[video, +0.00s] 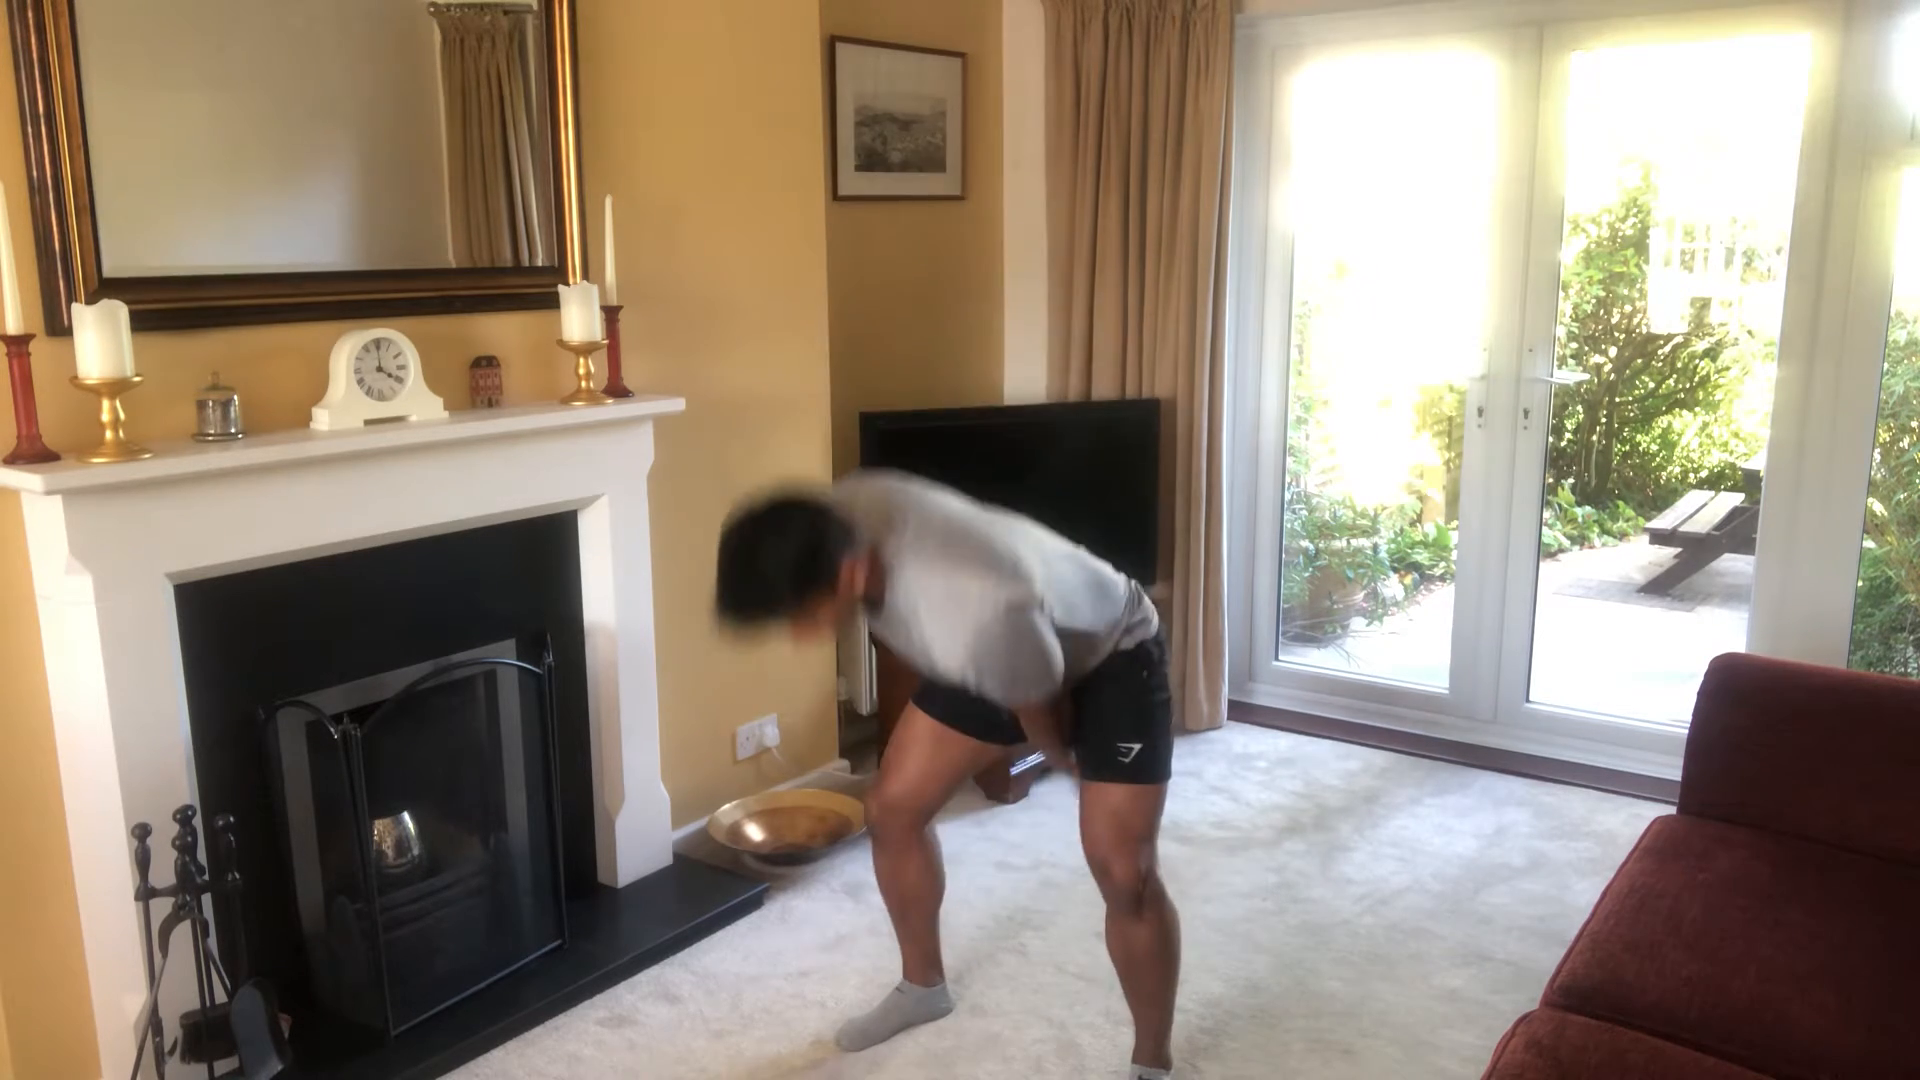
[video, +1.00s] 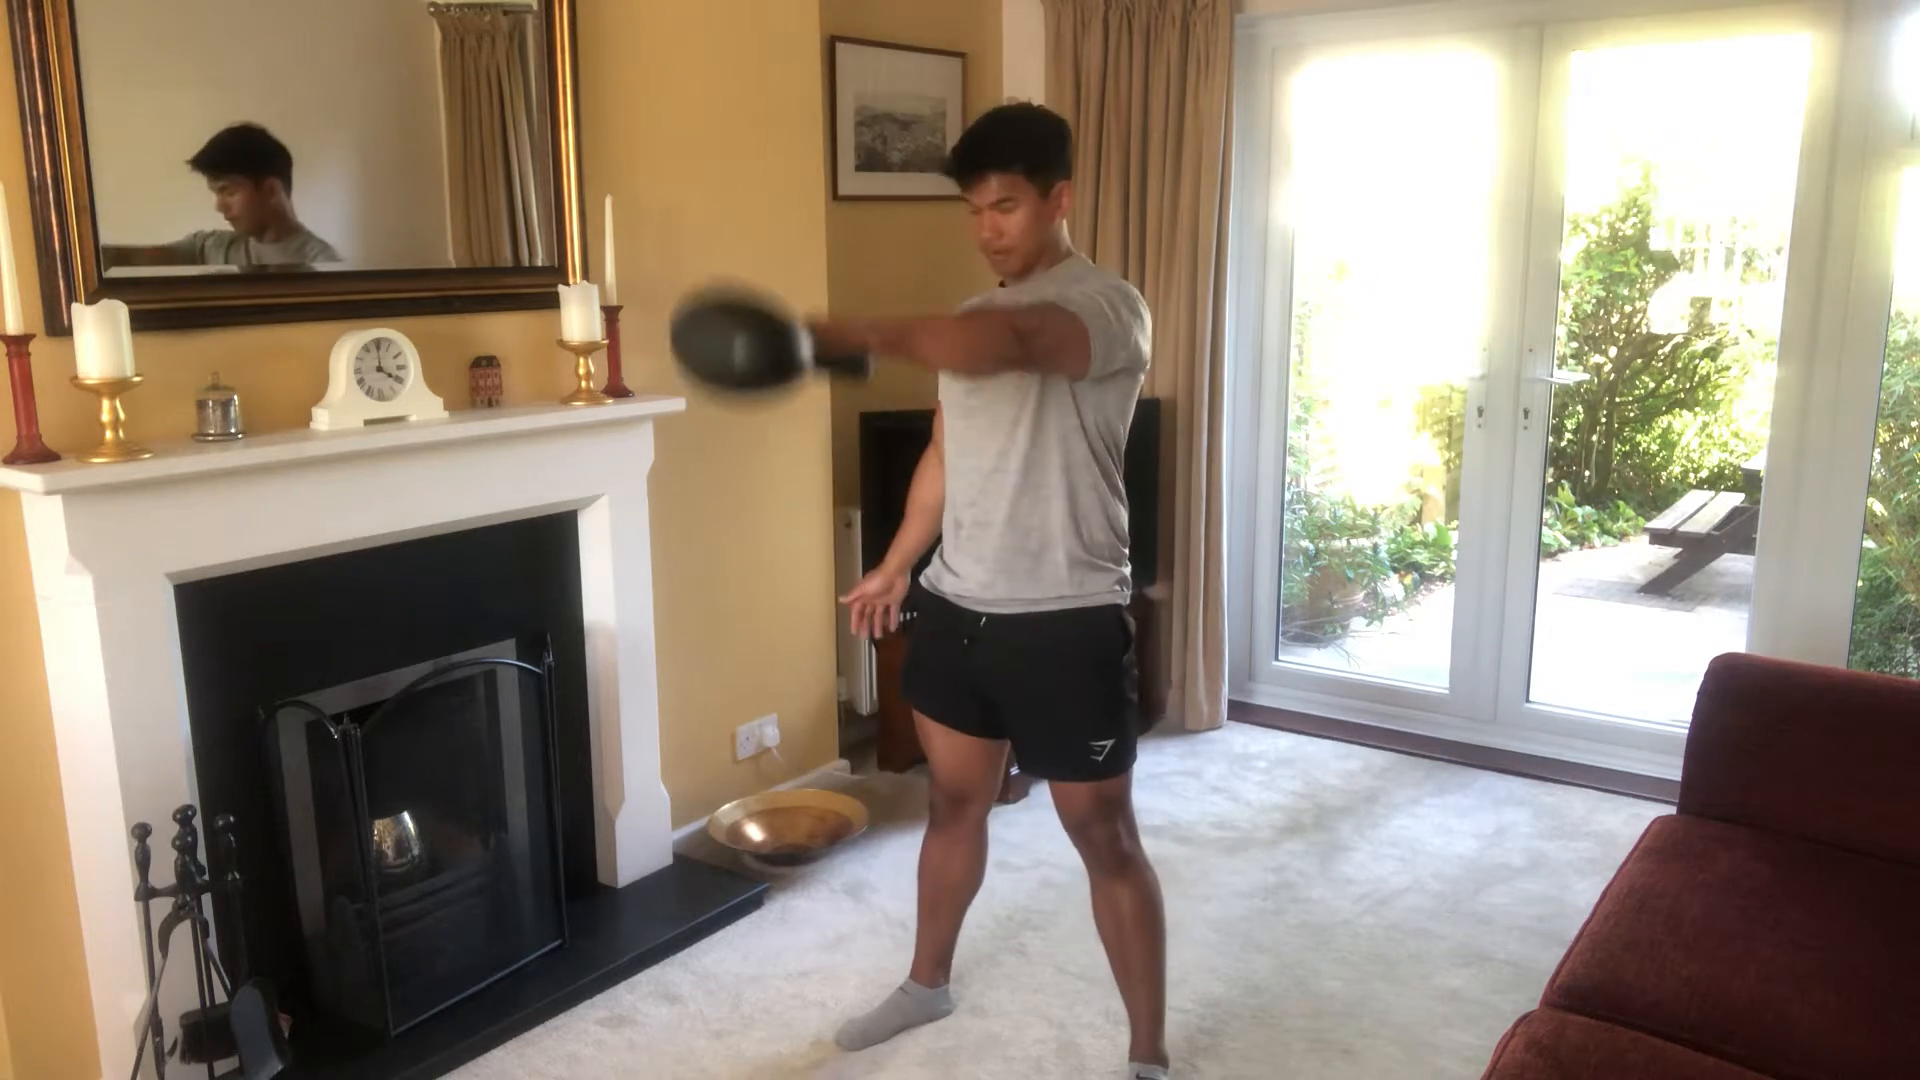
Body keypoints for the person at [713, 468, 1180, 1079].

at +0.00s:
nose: (800, 633)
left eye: (802, 615)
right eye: (787, 619)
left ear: (846, 573)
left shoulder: (975, 612)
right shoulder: (846, 505)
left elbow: (1041, 709)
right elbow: (911, 641)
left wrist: (1061, 761)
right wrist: (986, 761)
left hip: (1108, 648)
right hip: (999, 640)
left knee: (1125, 872)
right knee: (893, 808)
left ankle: (1152, 1063)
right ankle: (923, 986)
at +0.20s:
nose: (806, 630)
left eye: (806, 610)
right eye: (793, 615)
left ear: (848, 567)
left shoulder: (977, 600)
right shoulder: (856, 501)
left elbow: (1045, 708)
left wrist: (1066, 760)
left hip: (1111, 641)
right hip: (1001, 635)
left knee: (1128, 867)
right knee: (901, 807)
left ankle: (1154, 1062)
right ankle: (923, 984)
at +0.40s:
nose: (869, 313)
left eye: (882, 290)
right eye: (858, 295)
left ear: (935, 262)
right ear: (855, 287)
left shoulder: (1032, 356)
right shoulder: (894, 343)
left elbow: (1013, 545)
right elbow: (905, 447)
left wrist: (986, 698)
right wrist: (881, 548)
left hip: (1094, 604)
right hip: (980, 600)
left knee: (1121, 838)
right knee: (940, 788)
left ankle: (1154, 1057)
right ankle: (927, 981)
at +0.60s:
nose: (971, 243)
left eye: (988, 220)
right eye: (957, 224)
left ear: (1041, 206)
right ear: (945, 222)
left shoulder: (1102, 310)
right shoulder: (952, 321)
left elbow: (1018, 419)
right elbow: (910, 446)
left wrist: (903, 508)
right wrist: (852, 534)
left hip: (1077, 614)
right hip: (962, 604)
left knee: (1105, 833)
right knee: (950, 804)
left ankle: (1150, 1053)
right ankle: (927, 984)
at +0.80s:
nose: (982, 224)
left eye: (1001, 201)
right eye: (970, 206)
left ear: (1057, 197)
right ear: (964, 207)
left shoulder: (1110, 303)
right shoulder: (967, 320)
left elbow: (1014, 330)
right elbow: (932, 448)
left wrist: (867, 327)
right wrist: (862, 554)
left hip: (1070, 617)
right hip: (955, 607)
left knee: (1103, 836)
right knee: (951, 806)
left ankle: (1149, 1054)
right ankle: (928, 983)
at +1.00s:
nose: (986, 229)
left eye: (1005, 206)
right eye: (974, 210)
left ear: (1060, 199)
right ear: (967, 209)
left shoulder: (1110, 305)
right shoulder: (968, 320)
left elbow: (1007, 336)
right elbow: (945, 450)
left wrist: (850, 337)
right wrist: (895, 566)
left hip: (1071, 617)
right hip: (956, 606)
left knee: (1104, 837)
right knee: (951, 806)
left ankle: (1148, 1053)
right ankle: (928, 984)